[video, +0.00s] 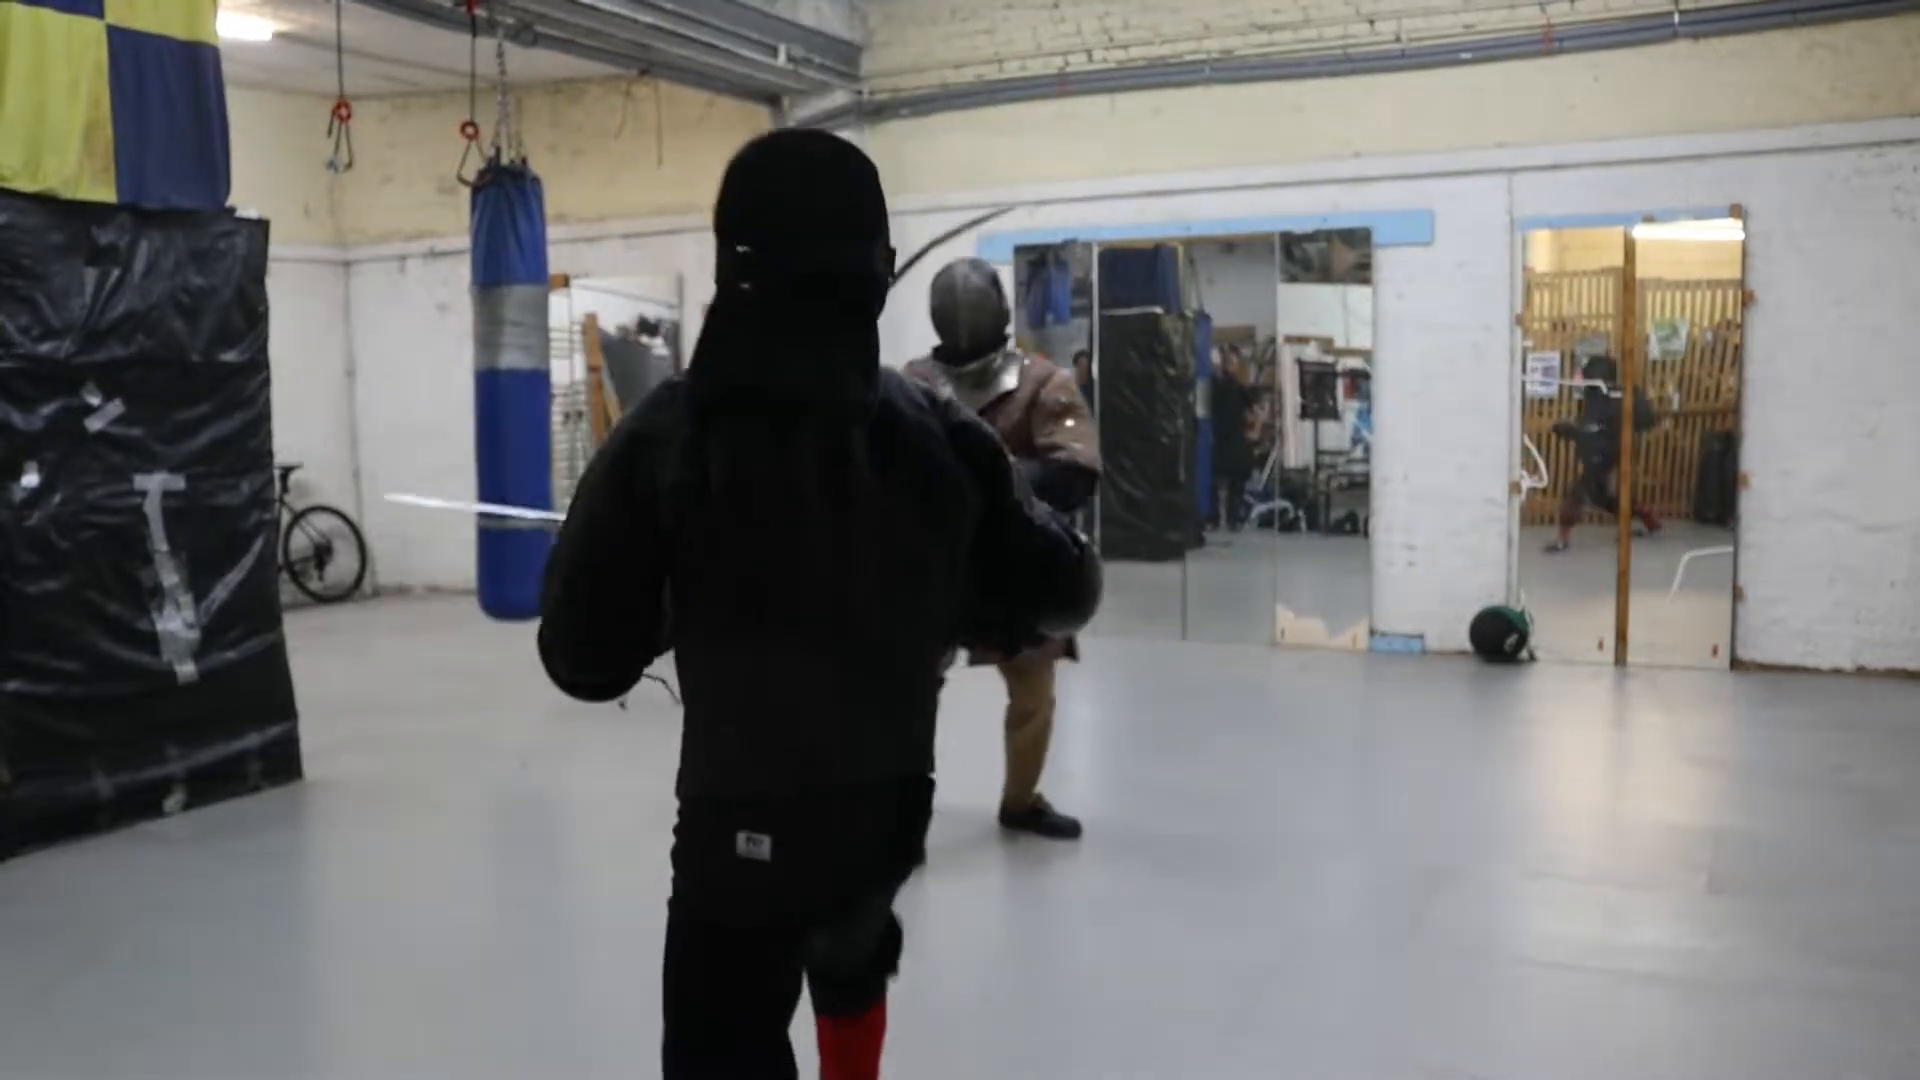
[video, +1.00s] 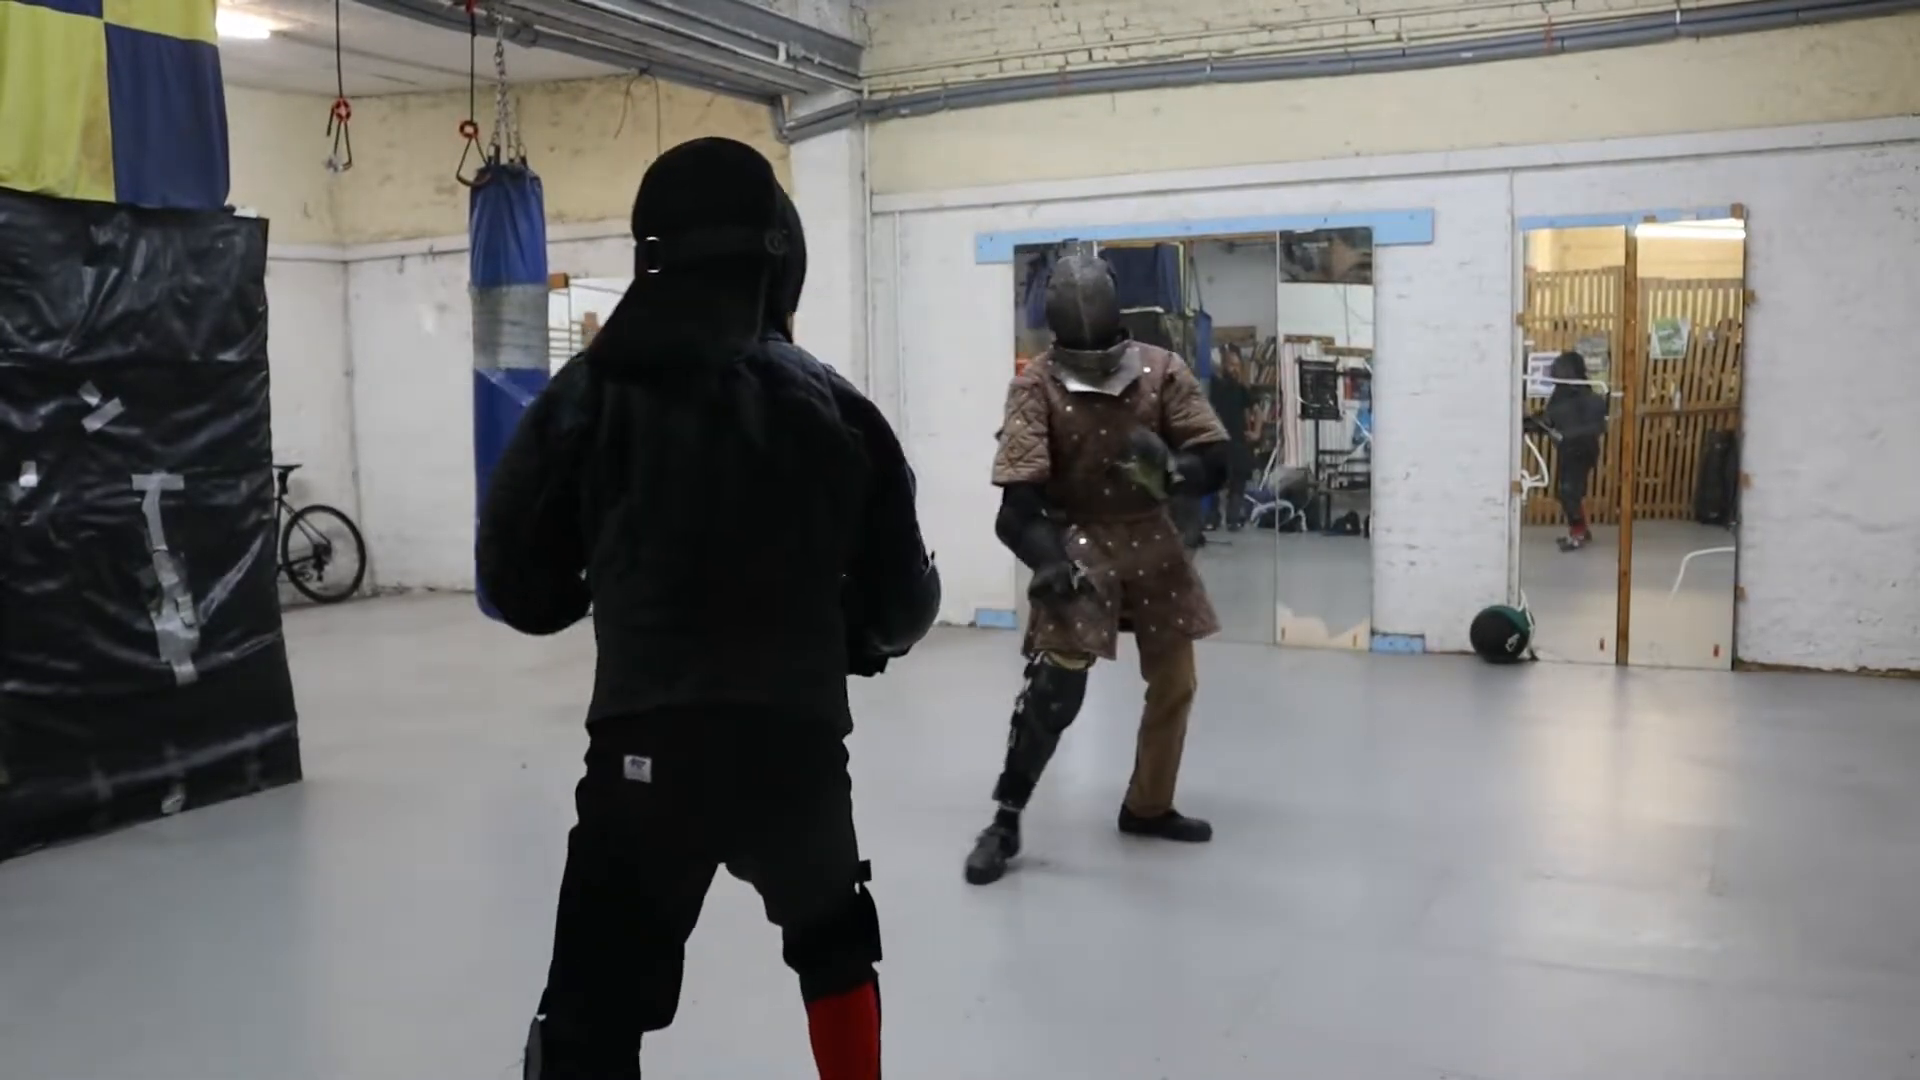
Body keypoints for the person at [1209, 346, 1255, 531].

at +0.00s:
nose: (1229, 365)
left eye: (1232, 360)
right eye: (1226, 360)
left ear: (1239, 363)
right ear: (1221, 362)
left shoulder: (1242, 387)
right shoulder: (1215, 384)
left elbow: (1250, 405)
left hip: (1238, 437)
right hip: (1217, 436)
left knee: (1237, 481)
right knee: (1214, 479)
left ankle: (1233, 519)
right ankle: (1213, 518)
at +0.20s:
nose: (1230, 367)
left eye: (1234, 363)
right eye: (1227, 362)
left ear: (1239, 364)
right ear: (1222, 363)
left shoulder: (1243, 388)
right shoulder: (1215, 386)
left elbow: (1255, 411)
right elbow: (1209, 410)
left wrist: (1255, 432)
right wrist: (1210, 431)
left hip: (1238, 437)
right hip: (1218, 436)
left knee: (1237, 480)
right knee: (1215, 479)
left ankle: (1234, 519)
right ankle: (1214, 517)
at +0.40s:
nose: (1232, 368)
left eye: (1235, 364)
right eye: (1228, 364)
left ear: (1240, 365)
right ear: (1222, 364)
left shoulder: (1244, 388)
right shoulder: (1214, 386)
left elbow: (1257, 410)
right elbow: (1207, 409)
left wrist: (1256, 432)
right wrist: (1208, 430)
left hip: (1238, 438)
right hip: (1218, 437)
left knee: (1237, 480)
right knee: (1214, 479)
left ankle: (1234, 518)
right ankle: (1213, 517)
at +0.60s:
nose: (1232, 368)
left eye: (1235, 364)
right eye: (1228, 364)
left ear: (1240, 365)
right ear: (1222, 365)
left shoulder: (1243, 389)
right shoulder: (1214, 386)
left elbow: (1256, 411)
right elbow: (1207, 410)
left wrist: (1256, 432)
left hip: (1238, 438)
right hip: (1217, 437)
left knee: (1237, 480)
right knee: (1213, 479)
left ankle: (1234, 518)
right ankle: (1213, 517)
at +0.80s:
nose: (1231, 368)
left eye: (1235, 364)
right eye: (1228, 364)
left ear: (1240, 366)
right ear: (1222, 365)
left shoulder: (1243, 389)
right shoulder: (1214, 386)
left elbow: (1256, 411)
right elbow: (1206, 411)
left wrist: (1256, 432)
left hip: (1238, 438)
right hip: (1217, 437)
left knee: (1237, 480)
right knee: (1213, 479)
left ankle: (1234, 518)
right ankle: (1212, 517)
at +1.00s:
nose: (1232, 368)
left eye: (1235, 364)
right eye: (1228, 364)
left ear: (1240, 365)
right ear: (1222, 365)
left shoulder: (1243, 389)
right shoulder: (1215, 386)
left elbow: (1256, 411)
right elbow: (1208, 410)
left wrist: (1256, 432)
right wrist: (1210, 428)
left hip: (1239, 439)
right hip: (1217, 437)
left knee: (1237, 482)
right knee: (1214, 480)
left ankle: (1233, 519)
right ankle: (1212, 517)